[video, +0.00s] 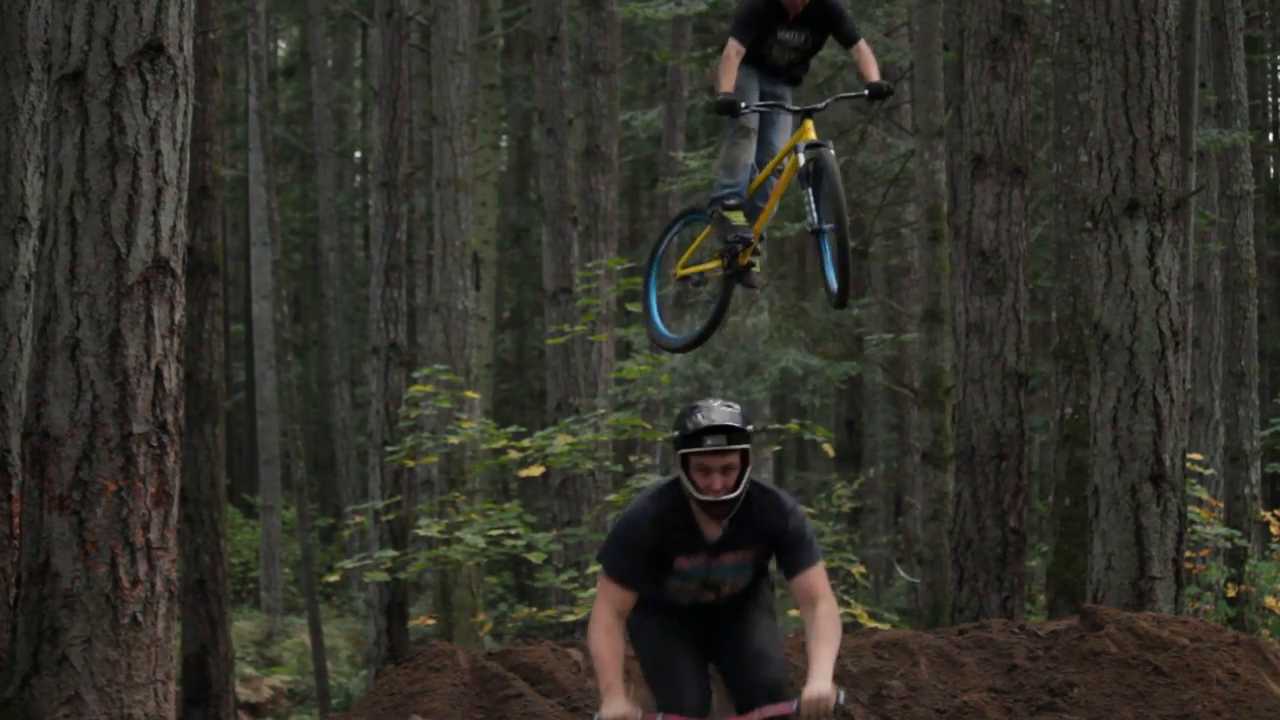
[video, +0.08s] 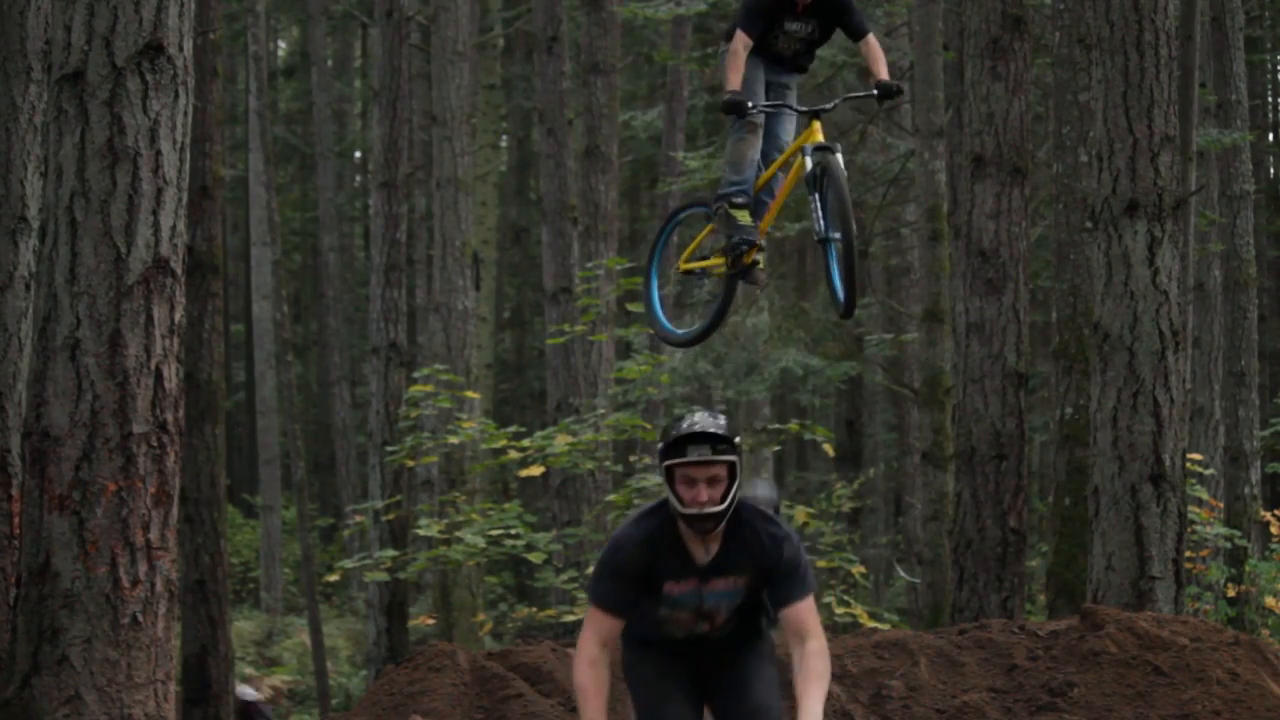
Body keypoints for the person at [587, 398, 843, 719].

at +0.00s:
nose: (716, 484)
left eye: (728, 471)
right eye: (703, 471)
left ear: (745, 465)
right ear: (683, 467)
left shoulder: (776, 513)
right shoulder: (646, 519)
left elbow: (819, 602)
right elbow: (608, 612)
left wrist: (820, 680)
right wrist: (613, 697)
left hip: (744, 611)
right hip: (665, 618)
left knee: (769, 702)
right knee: (686, 708)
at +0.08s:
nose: (701, 496)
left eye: (713, 482)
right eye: (688, 483)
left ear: (734, 479)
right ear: (669, 482)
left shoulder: (768, 540)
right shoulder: (632, 547)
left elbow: (807, 640)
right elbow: (594, 646)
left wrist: (810, 715)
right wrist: (593, 716)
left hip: (741, 656)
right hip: (659, 661)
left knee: (764, 711)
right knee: (668, 712)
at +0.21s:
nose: (695, 505)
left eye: (708, 490)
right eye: (682, 490)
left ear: (728, 489)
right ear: (662, 491)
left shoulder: (769, 555)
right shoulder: (624, 558)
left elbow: (803, 654)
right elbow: (584, 663)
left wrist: (807, 715)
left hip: (742, 688)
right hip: (656, 693)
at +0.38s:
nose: (672, 525)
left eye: (687, 510)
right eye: (657, 510)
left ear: (710, 512)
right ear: (638, 515)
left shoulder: (754, 589)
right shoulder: (601, 593)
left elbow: (791, 704)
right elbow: (560, 708)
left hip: (730, 710)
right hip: (630, 710)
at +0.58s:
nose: (643, 538)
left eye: (658, 522)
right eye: (627, 522)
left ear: (683, 526)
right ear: (606, 528)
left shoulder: (738, 612)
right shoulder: (564, 619)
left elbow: (785, 714)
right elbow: (528, 713)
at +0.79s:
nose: (604, 540)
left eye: (621, 521)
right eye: (587, 523)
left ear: (650, 525)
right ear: (565, 530)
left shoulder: (711, 616)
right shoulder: (522, 633)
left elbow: (760, 716)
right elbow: (481, 715)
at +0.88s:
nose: (588, 539)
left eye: (605, 520)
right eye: (571, 522)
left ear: (636, 524)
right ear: (549, 530)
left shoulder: (700, 616)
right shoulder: (504, 636)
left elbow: (752, 713)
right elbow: (465, 712)